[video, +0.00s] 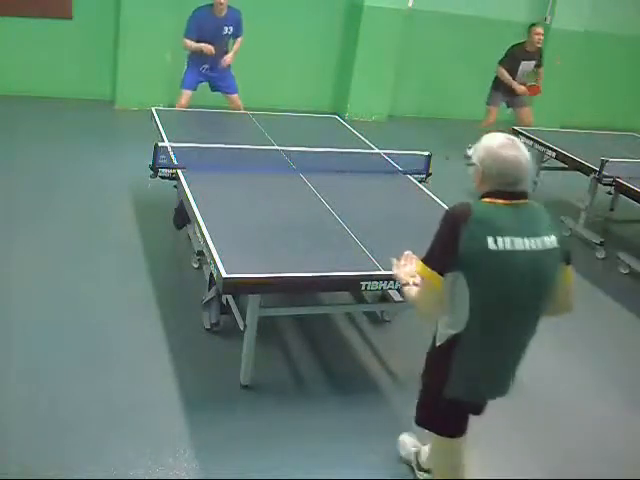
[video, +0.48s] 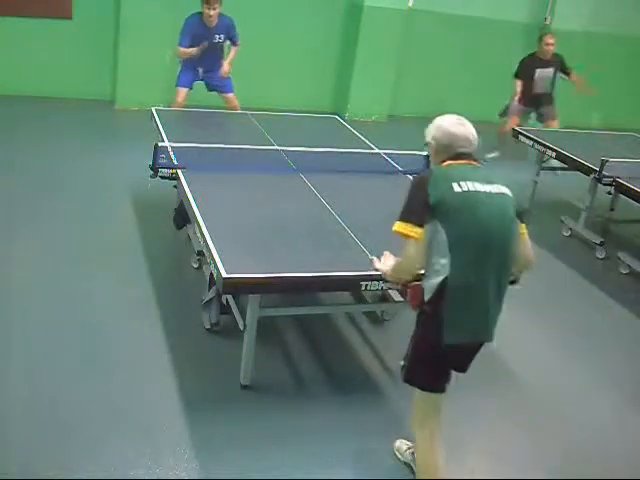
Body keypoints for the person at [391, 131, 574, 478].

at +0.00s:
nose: (472, 170)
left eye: (475, 164)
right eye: (474, 163)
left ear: (481, 173)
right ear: (525, 173)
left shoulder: (464, 217)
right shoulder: (544, 220)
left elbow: (431, 303)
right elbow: (561, 301)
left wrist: (409, 280)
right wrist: (514, 301)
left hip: (461, 348)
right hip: (508, 345)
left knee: (447, 426)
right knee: (460, 400)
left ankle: (445, 470)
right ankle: (434, 456)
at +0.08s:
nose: (465, 170)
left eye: (467, 164)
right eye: (467, 163)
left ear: (474, 170)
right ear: (514, 170)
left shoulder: (459, 211)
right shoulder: (537, 215)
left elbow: (425, 296)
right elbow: (554, 291)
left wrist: (404, 280)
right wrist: (507, 291)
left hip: (458, 340)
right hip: (503, 337)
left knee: (444, 409)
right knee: (452, 395)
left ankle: (438, 469)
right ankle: (431, 456)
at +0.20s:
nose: (449, 155)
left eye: (452, 150)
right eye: (451, 149)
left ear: (459, 157)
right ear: (496, 157)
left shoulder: (448, 196)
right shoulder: (520, 201)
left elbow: (425, 278)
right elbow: (541, 271)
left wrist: (401, 280)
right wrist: (499, 279)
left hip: (452, 323)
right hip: (494, 323)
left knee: (439, 402)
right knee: (445, 388)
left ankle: (436, 469)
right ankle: (427, 455)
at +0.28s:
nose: (442, 150)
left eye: (444, 145)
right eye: (443, 144)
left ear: (453, 152)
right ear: (488, 152)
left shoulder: (442, 188)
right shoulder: (514, 191)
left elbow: (423, 271)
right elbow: (536, 264)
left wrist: (399, 277)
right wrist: (501, 283)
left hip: (450, 318)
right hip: (492, 319)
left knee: (435, 406)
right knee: (445, 389)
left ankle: (433, 471)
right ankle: (426, 456)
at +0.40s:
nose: (431, 153)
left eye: (433, 147)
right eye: (432, 147)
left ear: (441, 151)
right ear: (475, 152)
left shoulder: (432, 185)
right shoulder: (503, 190)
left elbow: (415, 266)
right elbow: (528, 260)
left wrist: (394, 272)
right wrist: (499, 275)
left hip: (444, 315)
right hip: (486, 317)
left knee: (430, 413)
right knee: (438, 388)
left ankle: (430, 472)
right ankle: (425, 458)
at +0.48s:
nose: (427, 153)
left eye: (429, 147)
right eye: (428, 147)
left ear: (436, 150)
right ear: (472, 150)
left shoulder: (429, 184)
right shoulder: (499, 188)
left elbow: (413, 265)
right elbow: (524, 257)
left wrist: (391, 271)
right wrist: (500, 272)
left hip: (441, 316)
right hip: (482, 317)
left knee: (426, 422)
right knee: (434, 386)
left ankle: (431, 472)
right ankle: (424, 457)